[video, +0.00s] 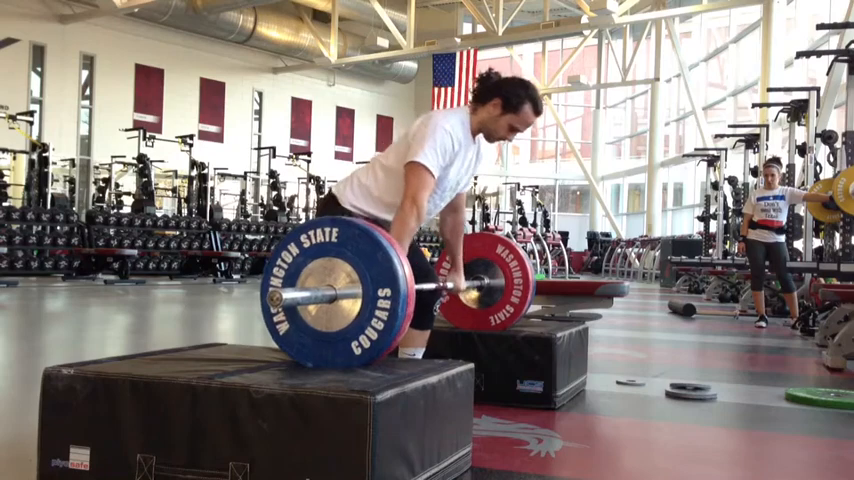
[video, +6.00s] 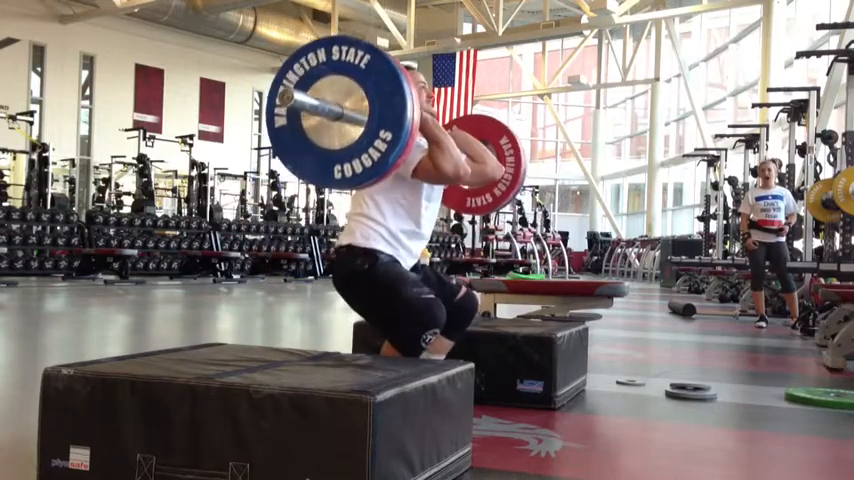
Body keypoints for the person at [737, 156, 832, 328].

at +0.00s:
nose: (769, 179)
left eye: (772, 175)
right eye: (766, 175)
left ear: (779, 176)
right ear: (763, 176)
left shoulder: (786, 192)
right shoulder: (755, 195)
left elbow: (807, 196)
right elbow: (746, 218)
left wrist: (827, 198)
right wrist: (742, 238)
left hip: (777, 240)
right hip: (755, 238)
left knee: (784, 275)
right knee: (757, 275)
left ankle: (795, 318)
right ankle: (761, 316)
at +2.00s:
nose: (766, 176)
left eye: (769, 173)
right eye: (763, 173)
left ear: (776, 174)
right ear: (759, 175)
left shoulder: (784, 193)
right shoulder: (751, 194)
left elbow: (794, 213)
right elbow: (744, 216)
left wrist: (788, 224)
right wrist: (746, 234)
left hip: (777, 240)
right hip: (757, 239)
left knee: (785, 276)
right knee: (757, 276)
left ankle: (795, 317)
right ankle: (761, 316)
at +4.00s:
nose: (766, 176)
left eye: (769, 173)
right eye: (763, 173)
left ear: (776, 174)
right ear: (759, 175)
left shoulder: (784, 194)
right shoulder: (751, 195)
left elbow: (793, 214)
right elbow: (744, 217)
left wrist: (787, 224)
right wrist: (746, 235)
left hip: (777, 240)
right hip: (756, 239)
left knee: (785, 276)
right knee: (757, 277)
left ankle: (795, 318)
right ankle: (761, 316)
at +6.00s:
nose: (766, 173)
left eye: (769, 170)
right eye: (763, 170)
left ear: (775, 173)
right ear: (759, 173)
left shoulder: (784, 193)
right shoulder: (751, 193)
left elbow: (792, 214)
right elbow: (744, 216)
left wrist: (788, 224)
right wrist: (746, 236)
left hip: (777, 239)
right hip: (757, 239)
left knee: (784, 275)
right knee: (757, 277)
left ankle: (795, 317)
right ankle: (761, 315)